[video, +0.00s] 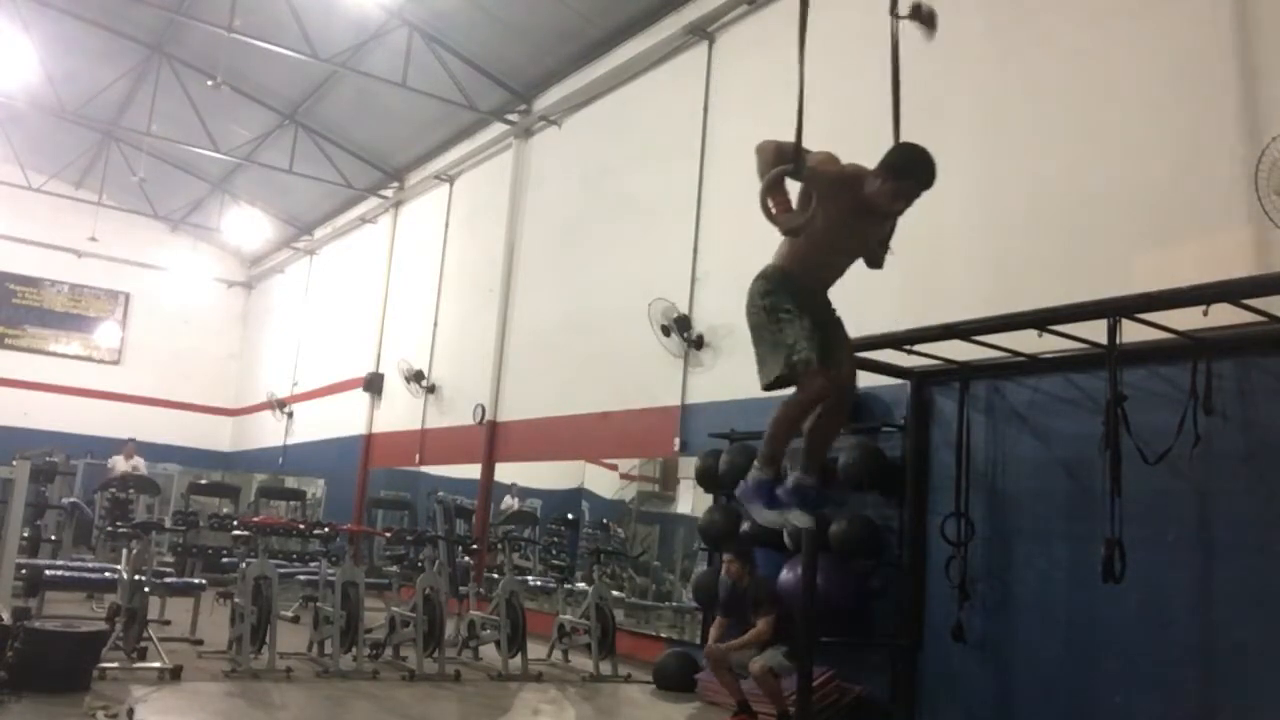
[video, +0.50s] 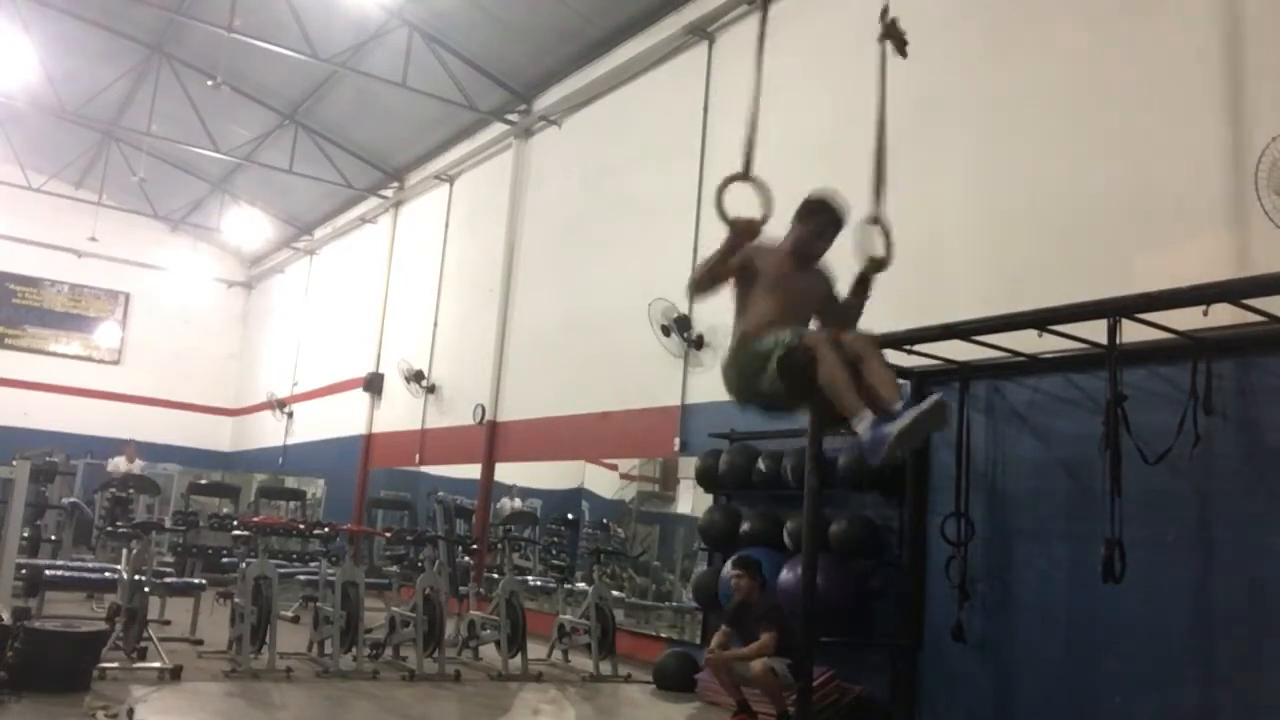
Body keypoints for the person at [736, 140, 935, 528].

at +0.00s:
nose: (901, 207)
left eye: (909, 201)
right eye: (898, 196)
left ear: (914, 196)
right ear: (880, 177)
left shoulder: (887, 217)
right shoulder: (835, 176)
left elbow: (872, 258)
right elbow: (769, 149)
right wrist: (776, 193)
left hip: (815, 300)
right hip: (778, 290)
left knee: (843, 390)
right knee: (816, 385)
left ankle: (801, 486)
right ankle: (757, 482)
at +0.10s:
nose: (903, 205)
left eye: (910, 199)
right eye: (902, 194)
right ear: (882, 177)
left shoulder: (886, 217)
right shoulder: (835, 174)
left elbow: (876, 262)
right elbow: (768, 148)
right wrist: (779, 199)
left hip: (808, 295)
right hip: (770, 285)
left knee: (839, 384)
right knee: (810, 372)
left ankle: (799, 482)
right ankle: (762, 478)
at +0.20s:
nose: (896, 202)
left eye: (903, 195)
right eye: (893, 191)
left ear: (906, 192)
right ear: (872, 176)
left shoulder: (881, 219)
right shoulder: (829, 176)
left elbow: (876, 265)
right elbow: (758, 156)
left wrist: (880, 250)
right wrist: (772, 208)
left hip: (799, 291)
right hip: (762, 282)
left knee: (840, 360)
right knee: (810, 355)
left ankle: (825, 468)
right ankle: (792, 470)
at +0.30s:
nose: (876, 198)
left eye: (883, 193)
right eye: (874, 187)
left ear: (886, 191)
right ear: (857, 171)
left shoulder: (864, 218)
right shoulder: (807, 181)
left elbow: (894, 263)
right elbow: (739, 172)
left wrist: (890, 244)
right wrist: (762, 213)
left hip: (790, 299)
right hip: (754, 291)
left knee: (849, 340)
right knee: (815, 335)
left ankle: (857, 438)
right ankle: (825, 449)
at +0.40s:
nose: (850, 209)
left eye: (858, 203)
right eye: (848, 197)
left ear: (863, 204)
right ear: (830, 182)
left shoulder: (842, 236)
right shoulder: (782, 208)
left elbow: (848, 273)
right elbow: (719, 227)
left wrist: (886, 261)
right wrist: (741, 222)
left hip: (789, 323)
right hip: (747, 318)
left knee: (856, 330)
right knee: (820, 330)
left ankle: (881, 419)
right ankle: (851, 434)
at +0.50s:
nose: (816, 243)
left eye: (825, 239)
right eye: (812, 232)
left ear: (829, 242)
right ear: (796, 224)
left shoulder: (817, 281)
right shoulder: (756, 257)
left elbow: (841, 325)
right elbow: (697, 287)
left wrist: (865, 277)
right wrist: (731, 245)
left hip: (794, 372)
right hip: (749, 366)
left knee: (860, 343)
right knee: (819, 342)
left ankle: (898, 412)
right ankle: (868, 431)